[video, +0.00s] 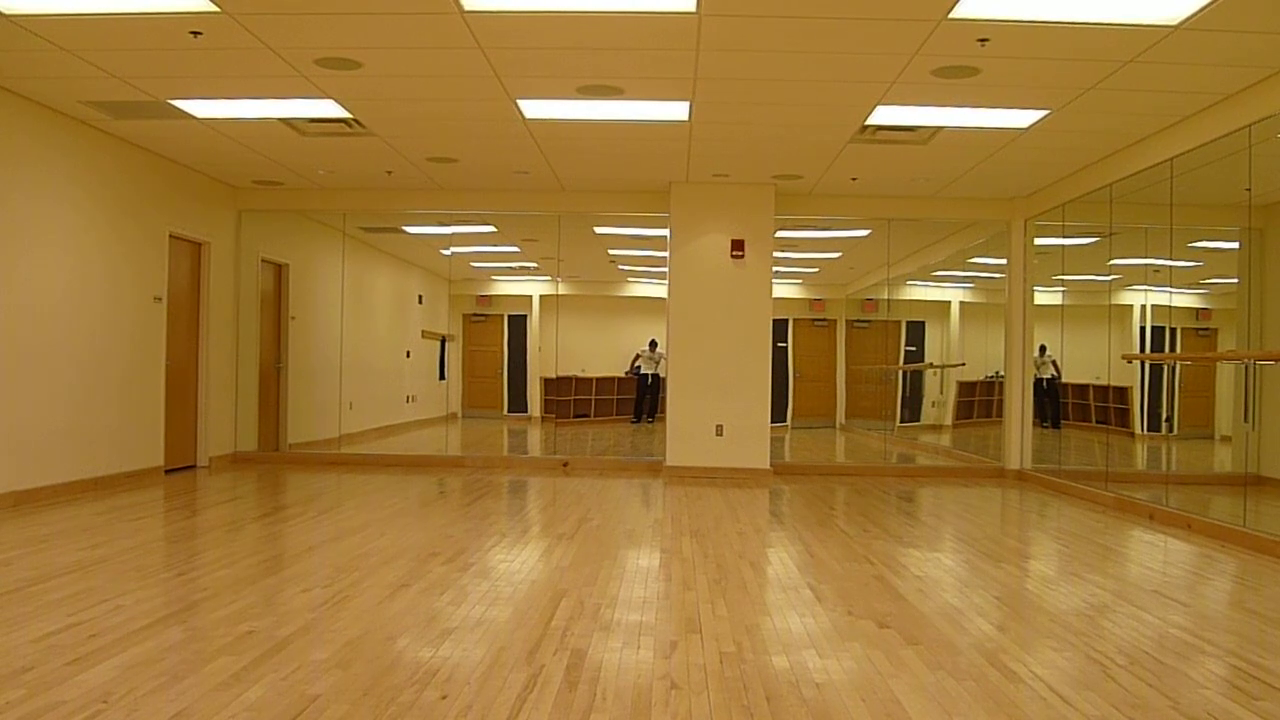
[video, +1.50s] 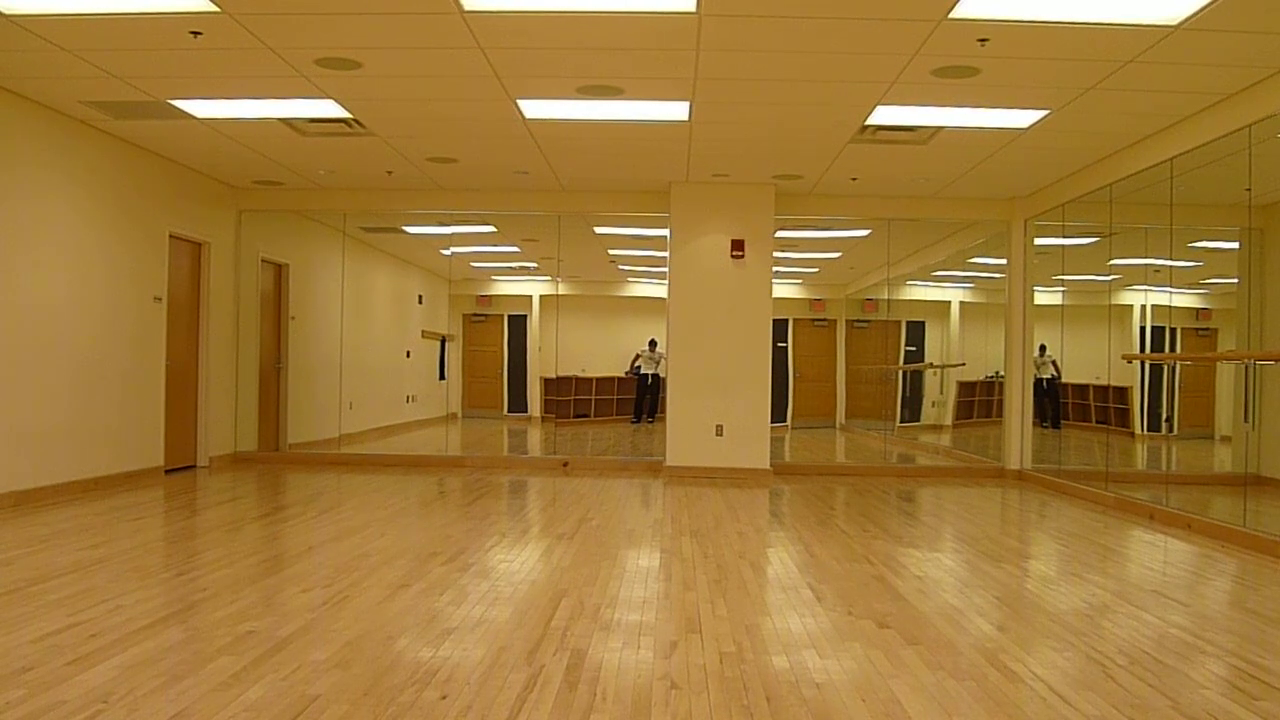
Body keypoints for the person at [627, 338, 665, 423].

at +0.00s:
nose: (652, 350)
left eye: (654, 349)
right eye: (651, 348)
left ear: (656, 348)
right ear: (648, 347)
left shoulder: (660, 354)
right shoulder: (642, 352)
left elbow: (668, 361)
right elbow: (634, 360)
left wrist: (668, 373)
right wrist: (631, 369)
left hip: (654, 373)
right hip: (643, 373)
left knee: (654, 396)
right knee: (640, 395)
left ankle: (651, 416)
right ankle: (637, 416)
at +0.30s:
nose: (652, 350)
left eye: (653, 349)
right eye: (650, 348)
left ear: (656, 348)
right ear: (648, 347)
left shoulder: (660, 354)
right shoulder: (642, 352)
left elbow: (667, 361)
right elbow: (634, 360)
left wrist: (667, 373)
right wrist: (631, 370)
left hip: (654, 374)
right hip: (643, 373)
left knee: (654, 396)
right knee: (640, 395)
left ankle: (651, 416)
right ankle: (637, 416)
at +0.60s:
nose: (652, 350)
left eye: (653, 348)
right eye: (650, 348)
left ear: (656, 348)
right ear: (648, 346)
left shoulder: (660, 354)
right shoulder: (642, 352)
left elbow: (668, 361)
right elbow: (634, 360)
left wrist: (667, 373)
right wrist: (631, 370)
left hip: (654, 374)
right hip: (643, 374)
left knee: (654, 396)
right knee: (640, 395)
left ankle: (651, 416)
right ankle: (637, 416)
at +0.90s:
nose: (652, 350)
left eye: (654, 348)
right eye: (651, 348)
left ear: (656, 348)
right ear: (648, 347)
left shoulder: (660, 354)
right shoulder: (642, 352)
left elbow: (668, 361)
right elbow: (634, 360)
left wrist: (667, 373)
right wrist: (631, 369)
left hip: (654, 374)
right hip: (643, 374)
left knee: (654, 396)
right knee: (640, 395)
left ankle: (651, 416)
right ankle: (637, 416)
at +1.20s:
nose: (652, 350)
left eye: (654, 348)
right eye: (651, 348)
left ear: (656, 347)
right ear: (648, 346)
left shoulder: (660, 354)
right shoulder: (642, 352)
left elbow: (668, 361)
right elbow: (634, 360)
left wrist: (667, 373)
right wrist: (631, 369)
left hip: (654, 374)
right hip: (643, 374)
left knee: (654, 396)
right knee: (640, 395)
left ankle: (651, 416)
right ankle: (637, 416)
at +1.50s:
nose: (652, 349)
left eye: (653, 348)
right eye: (650, 347)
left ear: (656, 347)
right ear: (648, 346)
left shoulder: (660, 354)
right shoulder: (642, 352)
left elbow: (668, 362)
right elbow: (634, 360)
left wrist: (668, 374)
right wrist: (631, 370)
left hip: (654, 374)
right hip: (643, 373)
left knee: (654, 396)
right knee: (640, 395)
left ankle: (651, 416)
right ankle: (637, 416)